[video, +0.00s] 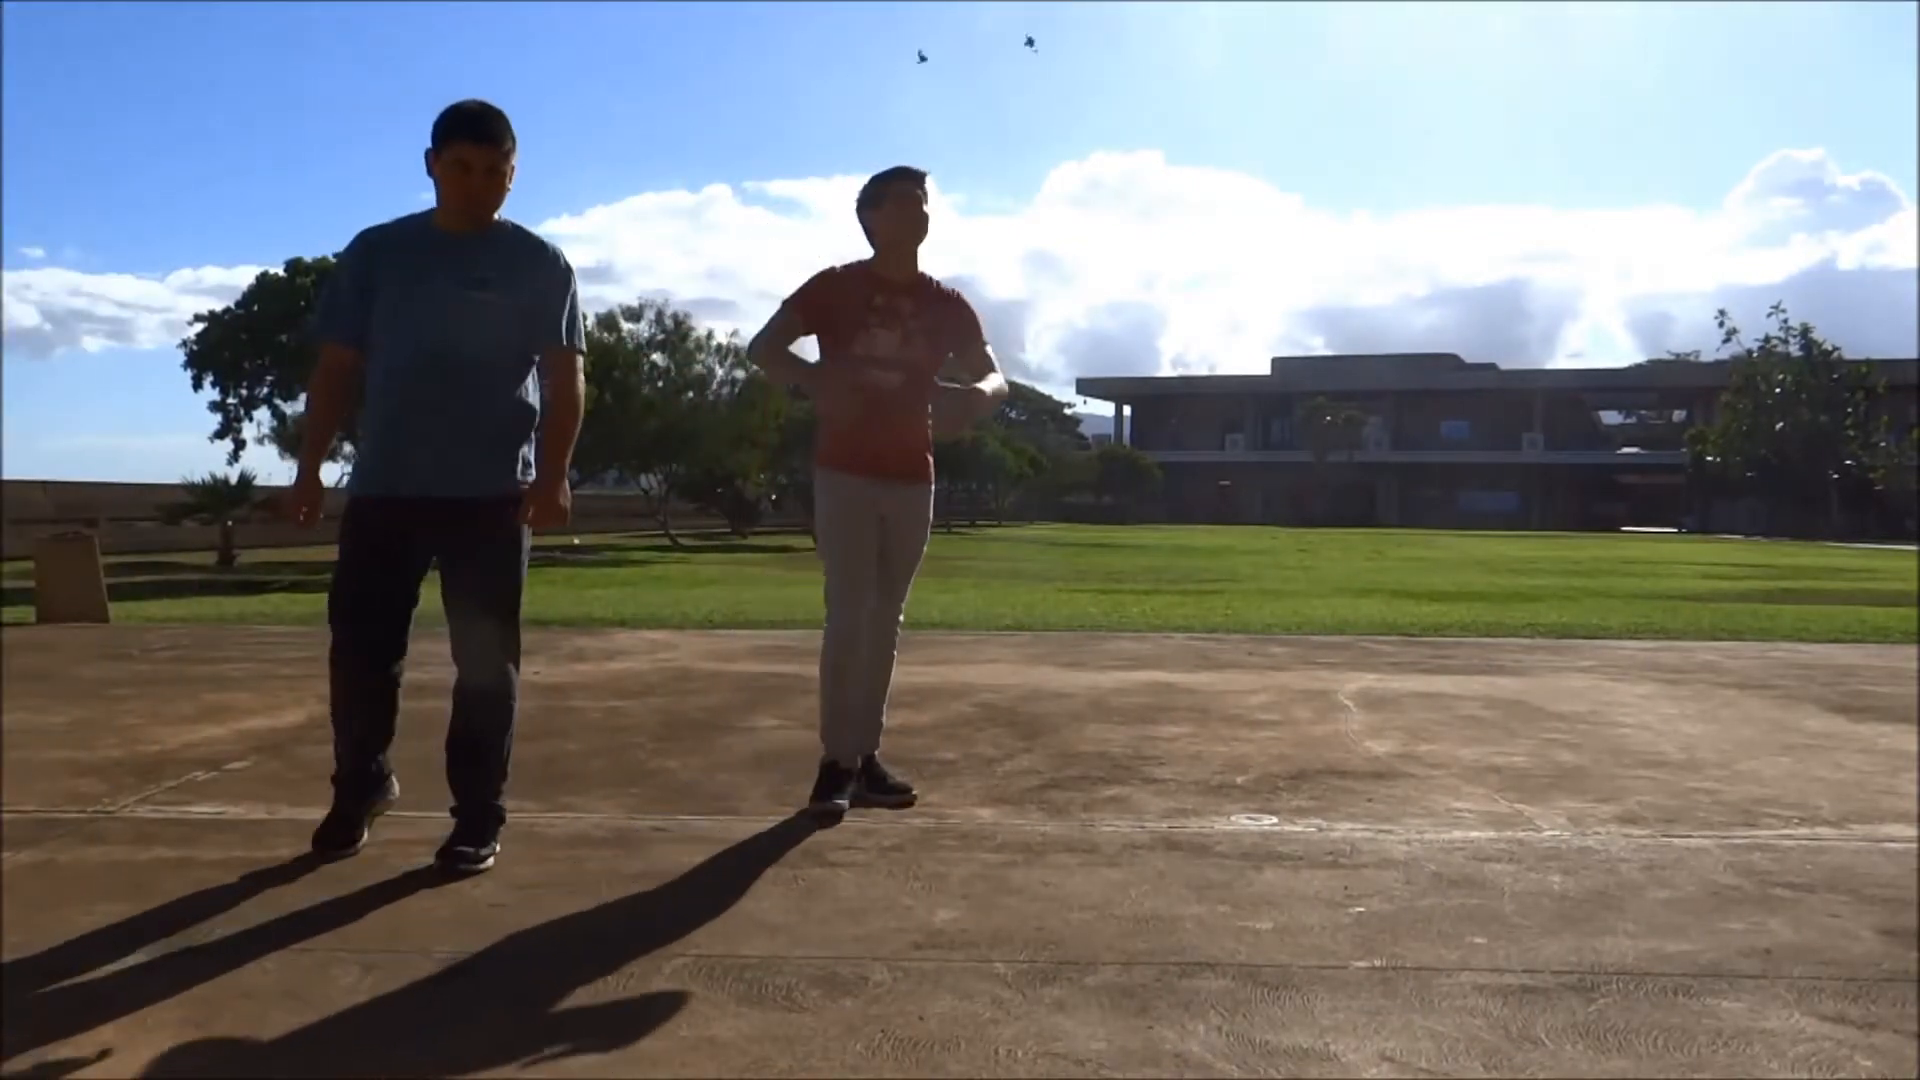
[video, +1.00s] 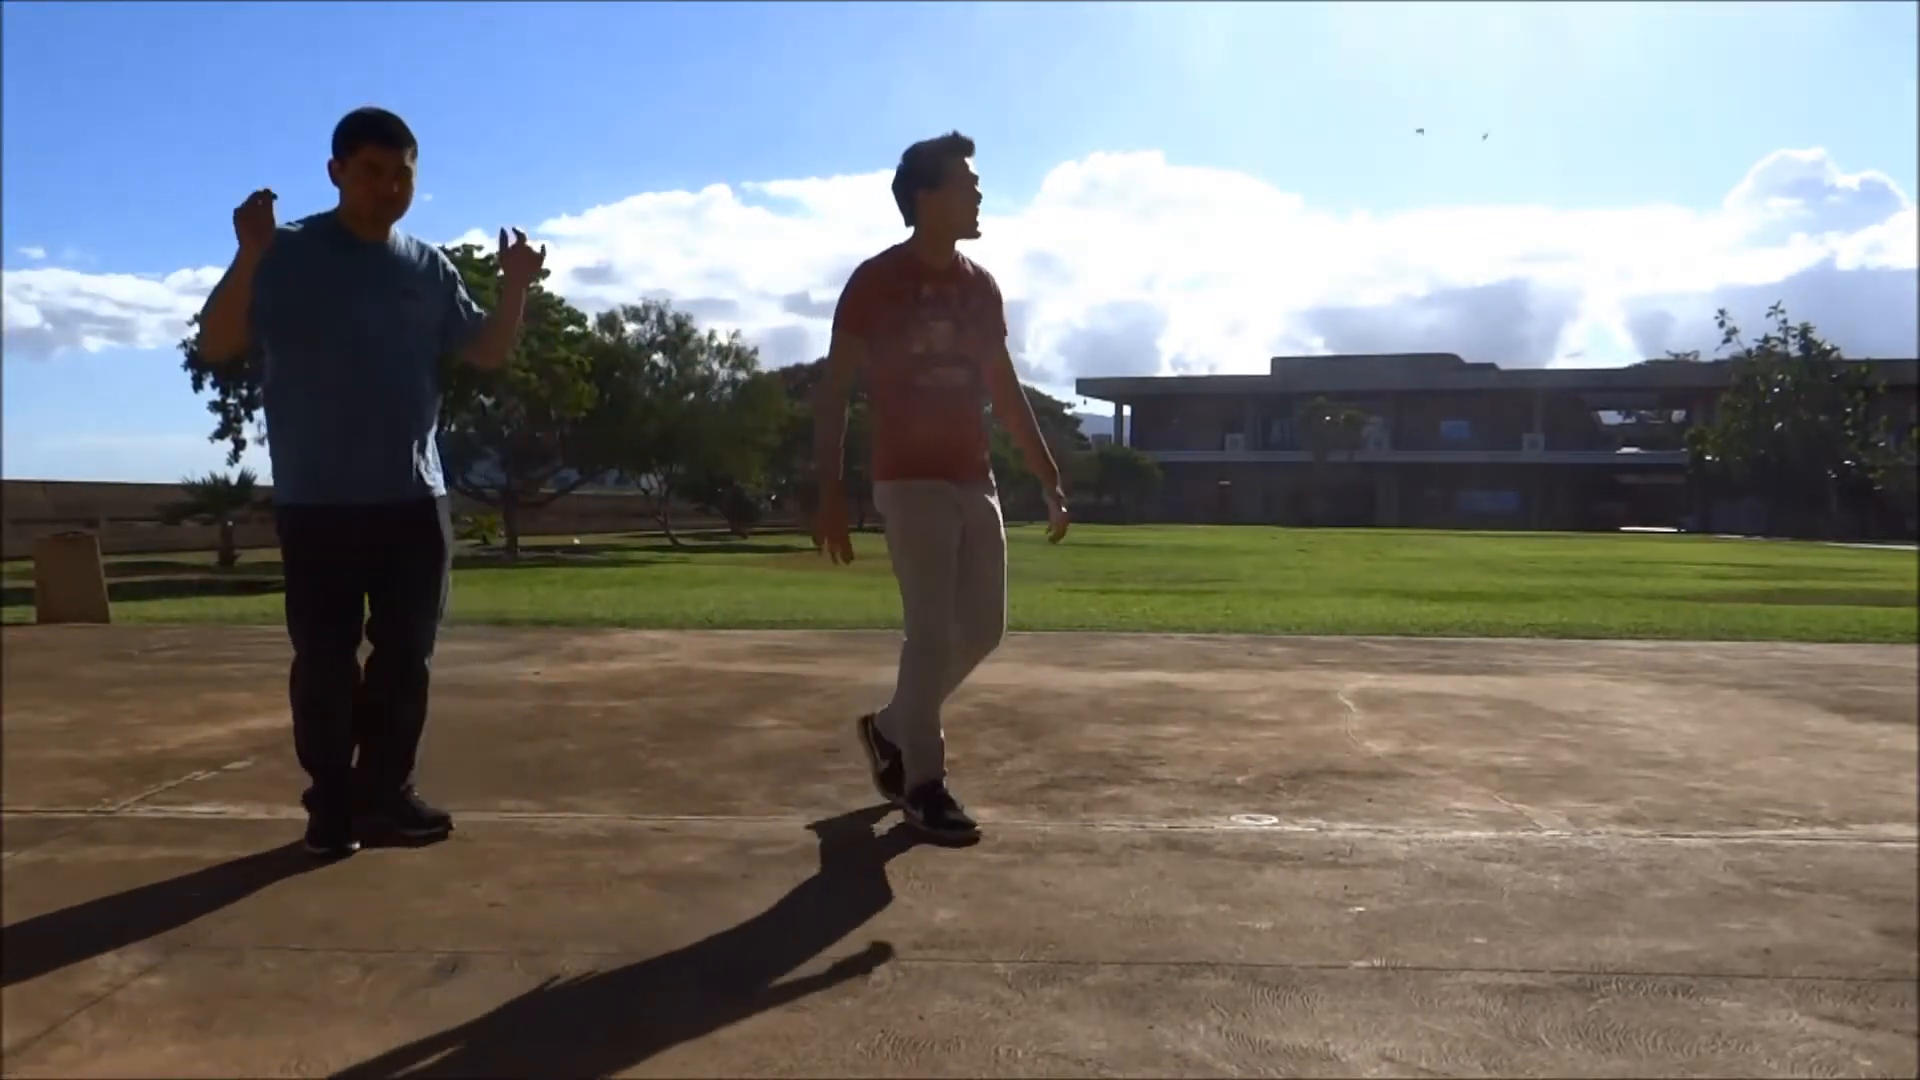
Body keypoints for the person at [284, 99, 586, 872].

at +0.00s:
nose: (482, 182)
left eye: (494, 168)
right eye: (464, 167)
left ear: (513, 169)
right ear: (434, 166)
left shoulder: (541, 266)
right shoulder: (376, 253)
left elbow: (563, 381)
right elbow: (335, 368)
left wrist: (554, 476)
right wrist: (311, 469)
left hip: (489, 491)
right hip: (387, 487)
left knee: (486, 663)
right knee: (359, 645)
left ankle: (477, 820)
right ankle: (360, 782)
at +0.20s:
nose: (465, 183)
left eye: (479, 169)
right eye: (450, 167)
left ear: (498, 175)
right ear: (419, 166)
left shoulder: (524, 268)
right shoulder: (361, 252)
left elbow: (554, 377)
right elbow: (315, 359)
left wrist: (557, 472)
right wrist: (299, 462)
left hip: (484, 492)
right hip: (382, 488)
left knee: (484, 663)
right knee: (348, 648)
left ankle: (479, 821)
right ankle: (326, 798)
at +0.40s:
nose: (445, 183)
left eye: (454, 170)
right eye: (429, 168)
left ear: (464, 176)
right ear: (388, 169)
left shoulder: (486, 268)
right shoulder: (330, 256)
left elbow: (523, 369)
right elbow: (277, 353)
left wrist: (543, 447)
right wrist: (289, 416)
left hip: (461, 492)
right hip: (359, 492)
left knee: (470, 658)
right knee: (342, 657)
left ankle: (478, 819)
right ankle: (330, 811)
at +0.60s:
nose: (412, 184)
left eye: (420, 170)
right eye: (396, 169)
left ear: (427, 176)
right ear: (353, 172)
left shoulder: (445, 263)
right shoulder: (296, 256)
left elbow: (483, 356)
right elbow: (229, 359)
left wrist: (523, 382)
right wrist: (263, 344)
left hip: (430, 493)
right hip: (330, 499)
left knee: (448, 655)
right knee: (328, 664)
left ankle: (477, 811)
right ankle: (330, 808)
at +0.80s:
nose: (393, 178)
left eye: (403, 166)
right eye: (377, 164)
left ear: (413, 174)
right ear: (338, 169)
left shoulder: (429, 263)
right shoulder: (282, 250)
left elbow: (478, 362)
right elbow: (219, 354)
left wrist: (513, 330)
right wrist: (252, 282)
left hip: (416, 485)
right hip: (316, 493)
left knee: (440, 649)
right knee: (325, 660)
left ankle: (446, 794)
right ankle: (330, 803)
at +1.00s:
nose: (393, 180)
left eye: (403, 169)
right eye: (377, 166)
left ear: (414, 179)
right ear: (339, 171)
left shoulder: (427, 266)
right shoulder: (287, 256)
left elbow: (485, 353)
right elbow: (217, 345)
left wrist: (516, 288)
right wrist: (249, 251)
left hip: (411, 487)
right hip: (315, 492)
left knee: (406, 652)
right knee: (324, 655)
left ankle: (385, 797)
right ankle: (330, 806)